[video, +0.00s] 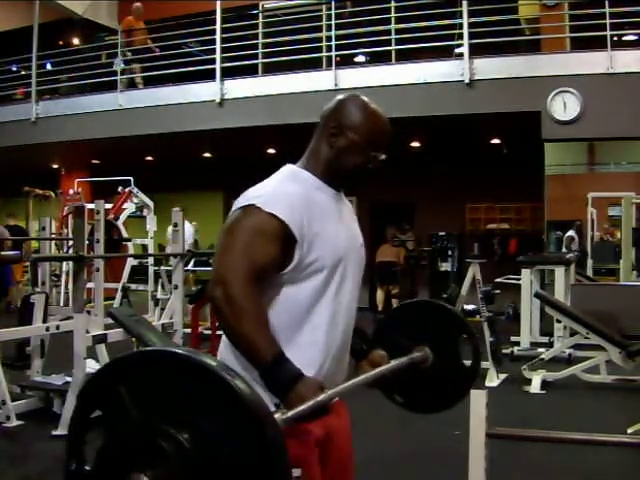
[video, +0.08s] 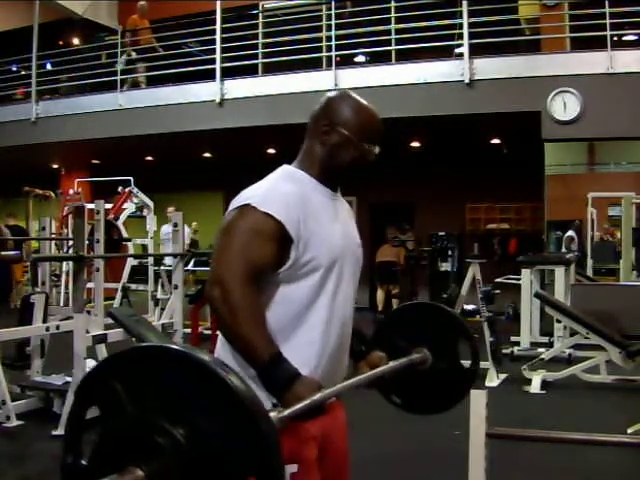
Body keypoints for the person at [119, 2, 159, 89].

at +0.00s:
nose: (139, 12)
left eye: (140, 9)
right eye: (137, 9)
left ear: (142, 10)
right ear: (133, 10)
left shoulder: (141, 22)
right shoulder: (128, 20)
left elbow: (146, 38)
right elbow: (122, 34)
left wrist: (154, 48)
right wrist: (124, 48)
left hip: (140, 49)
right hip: (132, 48)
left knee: (128, 70)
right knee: (137, 69)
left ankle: (122, 87)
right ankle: (141, 88)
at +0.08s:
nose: (144, 10)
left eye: (145, 8)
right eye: (142, 7)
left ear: (147, 9)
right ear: (138, 8)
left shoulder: (146, 21)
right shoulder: (133, 19)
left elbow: (150, 36)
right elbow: (128, 35)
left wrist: (158, 47)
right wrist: (128, 49)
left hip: (146, 47)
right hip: (137, 47)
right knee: (140, 67)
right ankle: (143, 85)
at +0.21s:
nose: (151, 6)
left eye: (152, 4)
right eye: (149, 4)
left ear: (153, 5)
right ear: (145, 5)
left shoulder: (153, 19)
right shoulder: (140, 17)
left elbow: (156, 35)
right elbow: (136, 33)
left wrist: (160, 47)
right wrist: (137, 45)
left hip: (154, 46)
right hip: (145, 47)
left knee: (154, 67)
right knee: (146, 68)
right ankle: (143, 85)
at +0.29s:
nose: (156, 5)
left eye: (157, 3)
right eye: (154, 2)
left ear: (159, 4)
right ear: (150, 3)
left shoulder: (158, 17)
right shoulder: (146, 15)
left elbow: (159, 31)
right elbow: (143, 31)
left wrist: (160, 42)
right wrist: (146, 43)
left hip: (158, 43)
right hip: (149, 43)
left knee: (162, 65)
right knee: (147, 66)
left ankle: (152, 83)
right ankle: (145, 86)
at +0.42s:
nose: (165, 5)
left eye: (166, 3)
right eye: (163, 3)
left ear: (167, 4)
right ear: (159, 3)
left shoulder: (165, 16)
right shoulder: (154, 15)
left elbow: (166, 30)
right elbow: (151, 30)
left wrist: (166, 40)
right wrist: (156, 42)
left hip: (165, 43)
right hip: (156, 43)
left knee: (170, 64)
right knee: (151, 65)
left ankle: (171, 84)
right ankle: (147, 86)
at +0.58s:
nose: (177, 5)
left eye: (177, 3)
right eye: (175, 2)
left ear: (178, 4)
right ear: (171, 3)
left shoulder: (176, 16)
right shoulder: (166, 14)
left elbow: (177, 30)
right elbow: (163, 30)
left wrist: (180, 41)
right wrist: (169, 42)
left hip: (177, 42)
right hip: (170, 43)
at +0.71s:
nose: (186, 4)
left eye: (186, 2)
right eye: (184, 2)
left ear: (187, 3)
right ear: (180, 2)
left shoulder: (186, 13)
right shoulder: (174, 12)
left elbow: (187, 29)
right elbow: (171, 28)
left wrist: (190, 41)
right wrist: (175, 41)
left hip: (187, 42)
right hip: (179, 42)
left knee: (187, 64)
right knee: (179, 62)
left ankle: (184, 84)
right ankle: (163, 82)